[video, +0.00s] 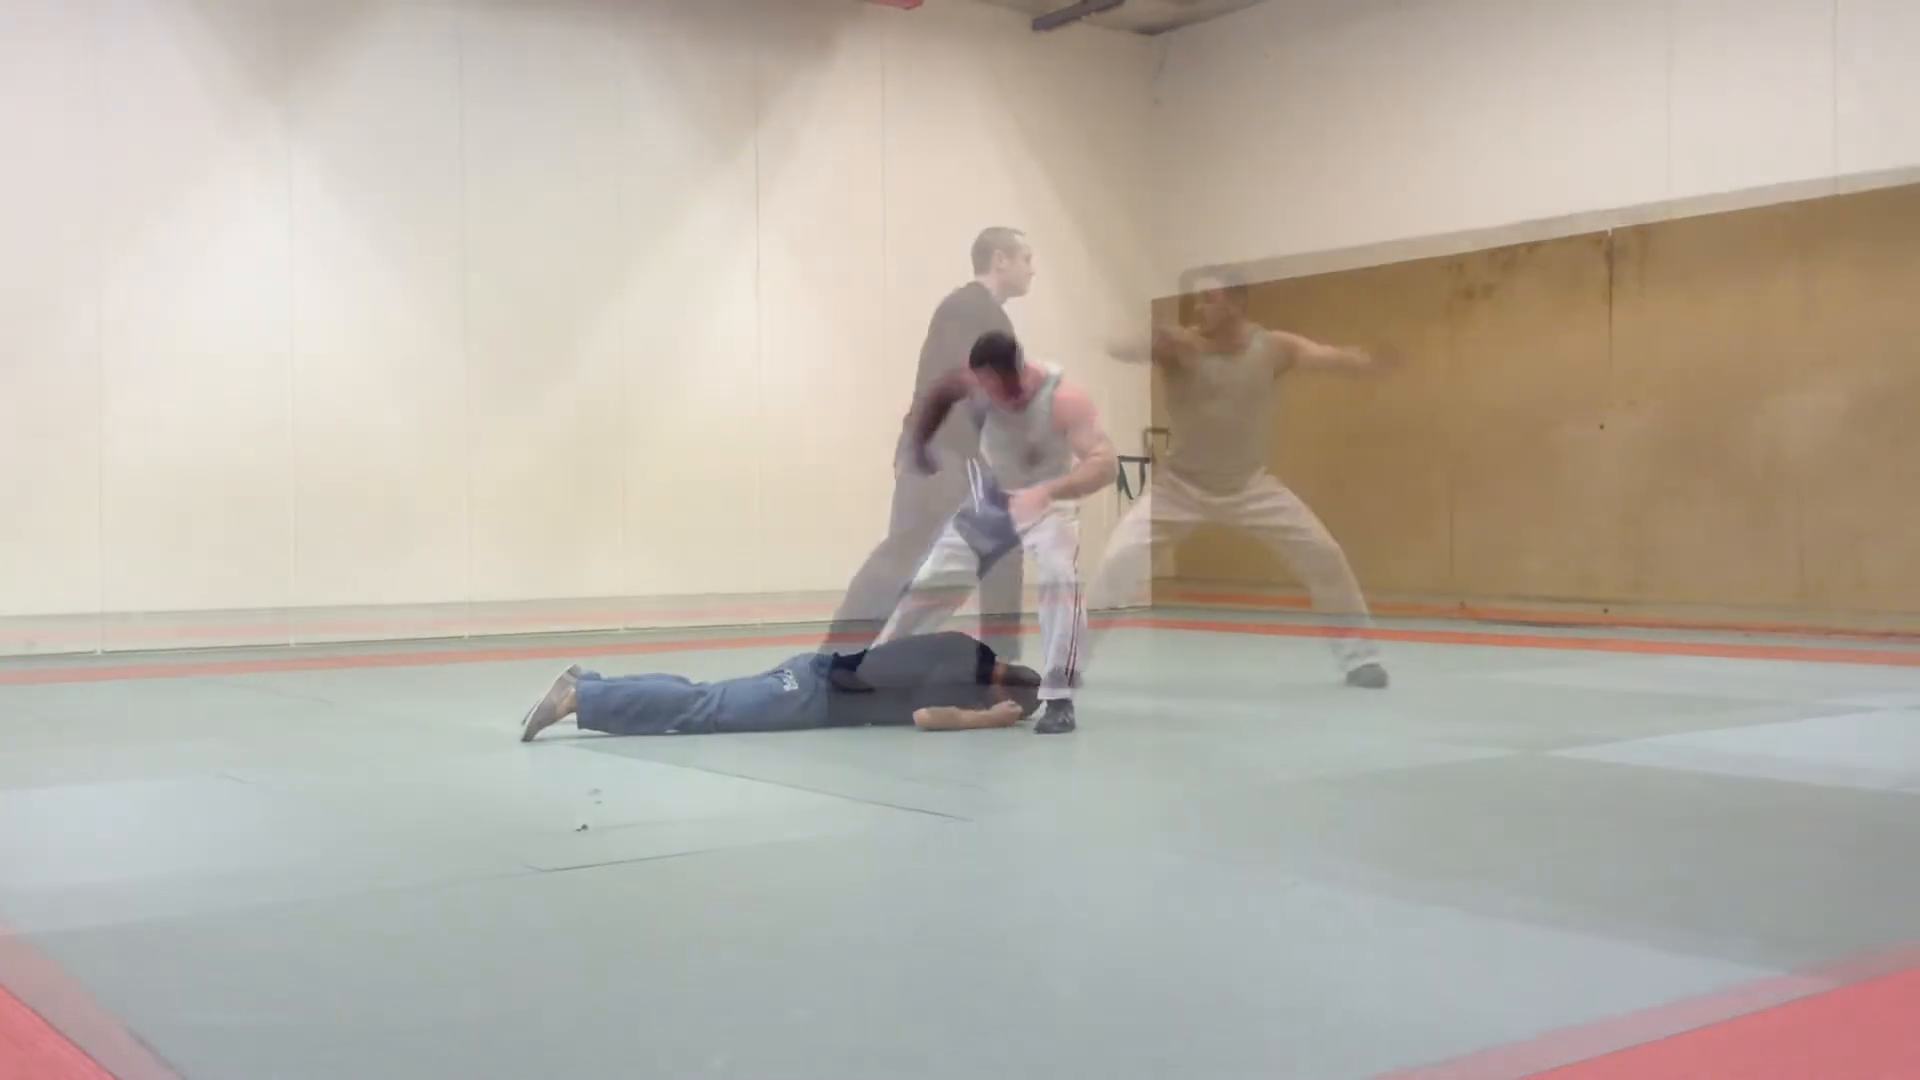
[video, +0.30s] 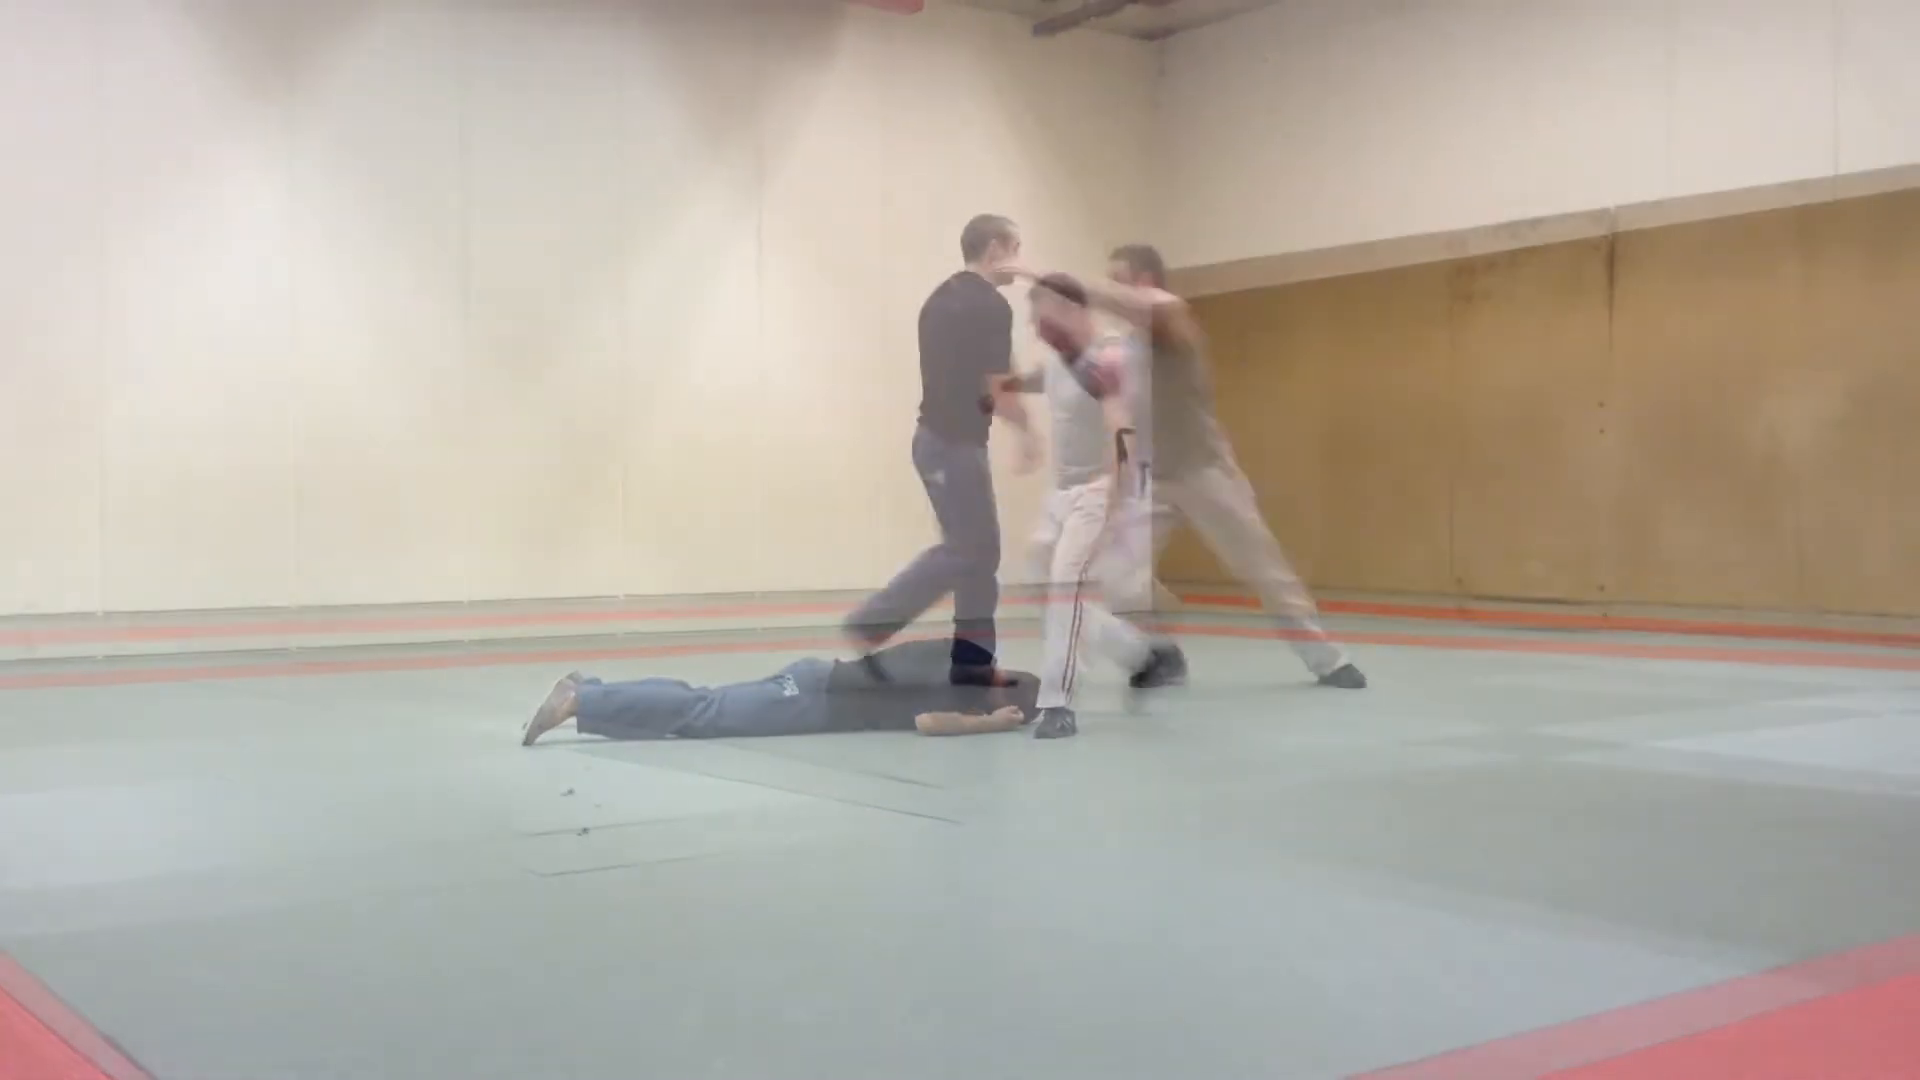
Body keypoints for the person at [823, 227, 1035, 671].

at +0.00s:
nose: (1032, 270)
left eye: (1031, 261)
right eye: (1026, 260)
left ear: (995, 263)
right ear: (1000, 262)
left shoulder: (975, 307)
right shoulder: (975, 309)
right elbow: (984, 396)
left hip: (971, 451)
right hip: (939, 450)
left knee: (1004, 547)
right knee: (907, 549)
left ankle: (1000, 670)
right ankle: (838, 658)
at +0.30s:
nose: (1016, 259)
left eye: (1016, 250)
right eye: (1013, 250)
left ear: (971, 249)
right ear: (994, 250)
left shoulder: (941, 298)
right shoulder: (989, 305)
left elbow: (958, 377)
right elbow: (998, 386)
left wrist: (1023, 384)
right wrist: (1026, 433)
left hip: (935, 441)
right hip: (958, 447)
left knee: (978, 552)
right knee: (970, 550)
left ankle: (972, 665)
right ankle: (867, 626)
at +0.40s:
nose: (1014, 255)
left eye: (1013, 246)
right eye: (1010, 246)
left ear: (969, 248)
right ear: (989, 247)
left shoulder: (938, 296)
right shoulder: (992, 301)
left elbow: (946, 372)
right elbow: (1034, 376)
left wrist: (994, 401)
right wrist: (1073, 412)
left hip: (934, 443)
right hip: (965, 447)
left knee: (964, 553)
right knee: (995, 550)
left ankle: (970, 657)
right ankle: (931, 644)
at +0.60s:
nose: (1006, 271)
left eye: (1006, 262)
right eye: (1005, 261)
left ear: (959, 254)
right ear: (993, 255)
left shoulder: (920, 301)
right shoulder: (995, 306)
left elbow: (924, 372)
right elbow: (1022, 379)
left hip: (926, 447)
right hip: (968, 450)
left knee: (955, 548)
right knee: (1021, 550)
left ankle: (968, 657)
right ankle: (980, 657)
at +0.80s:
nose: (1034, 362)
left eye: (1044, 355)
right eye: (1028, 352)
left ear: (1069, 342)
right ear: (1021, 337)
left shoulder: (1091, 384)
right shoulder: (1009, 332)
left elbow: (1042, 452)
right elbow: (954, 320)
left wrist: (990, 408)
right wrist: (896, 309)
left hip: (1042, 479)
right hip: (973, 468)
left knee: (1100, 542)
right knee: (906, 550)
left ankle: (1104, 669)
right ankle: (829, 655)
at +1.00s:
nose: (1030, 415)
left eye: (1039, 408)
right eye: (1021, 406)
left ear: (1058, 385)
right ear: (1008, 383)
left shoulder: (1085, 401)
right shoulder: (986, 367)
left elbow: (1064, 475)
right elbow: (924, 370)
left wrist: (1001, 462)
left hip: (1037, 486)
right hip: (965, 474)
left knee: (1085, 550)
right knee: (895, 542)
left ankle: (1098, 666)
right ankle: (834, 658)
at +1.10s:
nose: (1007, 412)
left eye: (1015, 403)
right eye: (996, 403)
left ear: (1033, 382)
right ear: (982, 384)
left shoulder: (1065, 385)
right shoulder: (960, 393)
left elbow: (1088, 442)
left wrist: (1040, 471)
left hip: (1032, 489)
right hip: (962, 486)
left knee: (1074, 534)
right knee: (890, 550)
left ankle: (1101, 659)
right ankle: (837, 658)